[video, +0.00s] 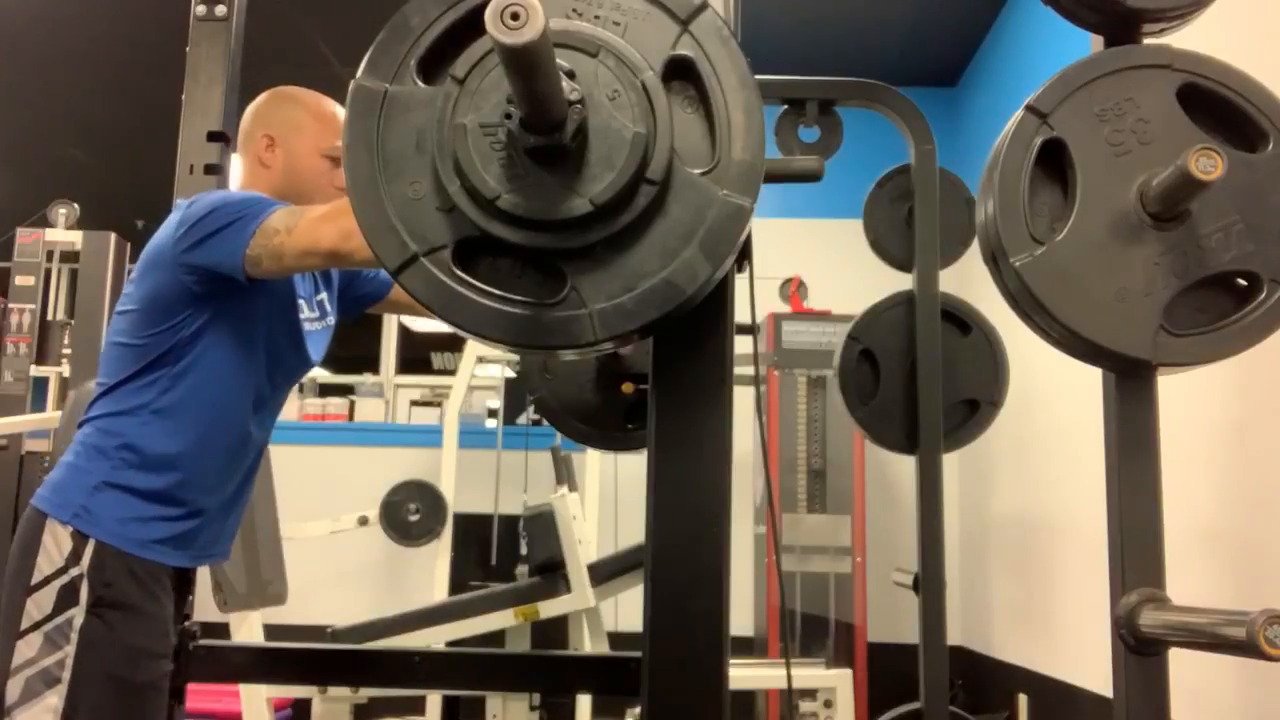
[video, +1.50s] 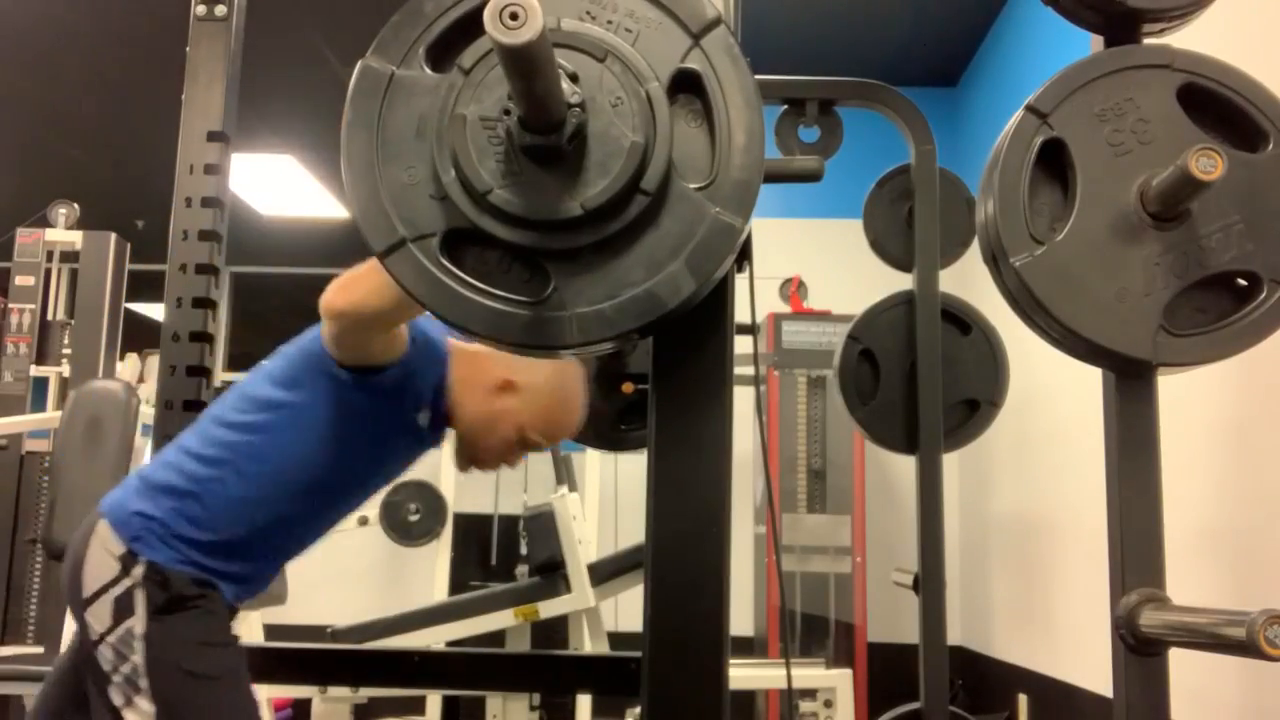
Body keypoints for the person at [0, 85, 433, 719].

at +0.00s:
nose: (346, 183)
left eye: (346, 164)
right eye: (333, 159)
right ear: (267, 150)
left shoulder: (323, 264)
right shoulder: (209, 221)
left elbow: (434, 285)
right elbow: (349, 232)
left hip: (168, 558)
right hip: (96, 548)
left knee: (143, 708)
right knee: (81, 712)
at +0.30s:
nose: (352, 180)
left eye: (353, 163)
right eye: (340, 159)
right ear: (281, 152)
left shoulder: (330, 266)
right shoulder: (219, 223)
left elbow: (439, 299)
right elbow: (341, 232)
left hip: (168, 561)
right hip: (102, 549)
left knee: (141, 707)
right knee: (72, 711)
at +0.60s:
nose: (377, 184)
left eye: (380, 170)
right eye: (366, 166)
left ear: (320, 169)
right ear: (317, 165)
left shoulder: (355, 277)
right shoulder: (237, 231)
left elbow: (457, 309)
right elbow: (329, 247)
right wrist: (459, 194)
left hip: (177, 558)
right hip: (112, 543)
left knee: (138, 707)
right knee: (73, 711)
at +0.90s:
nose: (368, 195)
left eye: (371, 180)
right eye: (360, 177)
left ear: (318, 180)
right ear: (312, 175)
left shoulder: (343, 281)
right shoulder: (229, 242)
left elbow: (440, 252)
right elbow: (330, 213)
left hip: (164, 561)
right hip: (101, 550)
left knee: (146, 709)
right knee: (85, 712)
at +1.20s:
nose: (406, 305)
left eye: (420, 293)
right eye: (406, 279)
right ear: (362, 245)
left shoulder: (329, 318)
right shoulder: (241, 265)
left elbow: (431, 304)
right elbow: (324, 229)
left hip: (158, 565)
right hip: (91, 552)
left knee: (32, 706)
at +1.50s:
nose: (511, 461)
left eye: (531, 451)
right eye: (528, 439)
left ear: (501, 371)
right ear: (506, 379)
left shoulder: (426, 398)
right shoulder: (402, 359)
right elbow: (346, 307)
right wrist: (463, 237)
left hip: (173, 571)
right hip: (153, 568)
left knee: (63, 711)